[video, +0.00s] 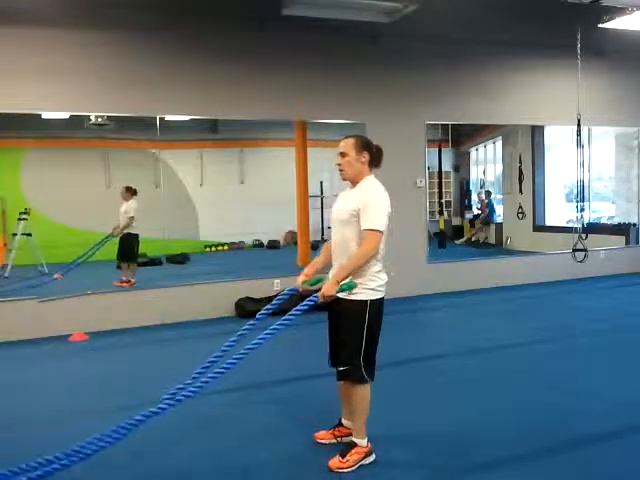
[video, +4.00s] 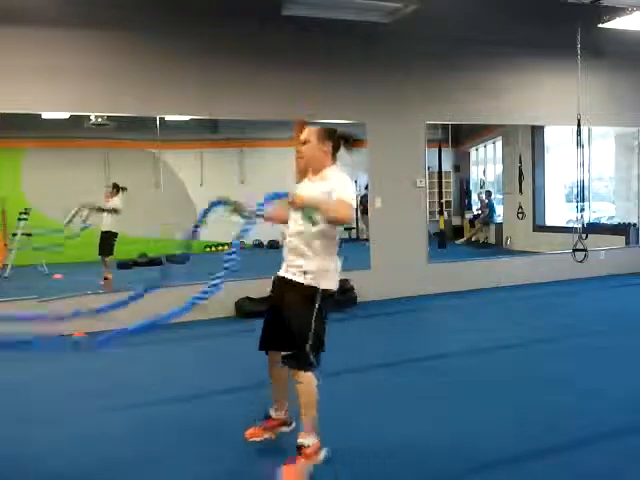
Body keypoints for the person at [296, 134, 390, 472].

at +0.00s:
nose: (338, 161)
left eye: (343, 155)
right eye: (338, 156)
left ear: (364, 159)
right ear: (351, 160)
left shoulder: (373, 193)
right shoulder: (348, 193)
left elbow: (370, 247)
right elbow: (339, 241)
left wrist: (336, 278)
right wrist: (313, 267)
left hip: (364, 295)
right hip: (342, 292)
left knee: (357, 369)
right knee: (343, 366)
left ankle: (361, 443)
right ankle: (349, 426)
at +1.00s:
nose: (335, 173)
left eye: (341, 168)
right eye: (336, 168)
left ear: (361, 174)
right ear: (353, 175)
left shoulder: (376, 202)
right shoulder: (342, 208)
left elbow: (396, 220)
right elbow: (324, 228)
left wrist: (385, 218)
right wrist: (303, 232)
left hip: (379, 302)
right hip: (348, 298)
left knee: (377, 379)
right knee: (322, 358)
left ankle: (406, 457)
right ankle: (325, 413)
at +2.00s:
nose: (305, 180)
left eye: (311, 176)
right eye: (306, 175)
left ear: (331, 184)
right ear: (320, 185)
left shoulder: (345, 214)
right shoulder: (313, 215)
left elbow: (362, 242)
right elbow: (302, 236)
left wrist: (349, 249)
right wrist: (270, 235)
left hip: (342, 312)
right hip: (313, 306)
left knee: (336, 386)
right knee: (287, 372)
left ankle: (366, 464)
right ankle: (288, 417)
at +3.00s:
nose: (321, 155)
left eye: (327, 148)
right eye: (322, 149)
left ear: (347, 154)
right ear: (332, 156)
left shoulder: (357, 188)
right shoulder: (321, 189)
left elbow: (365, 216)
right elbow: (307, 226)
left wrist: (322, 215)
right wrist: (273, 222)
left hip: (339, 289)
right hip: (311, 284)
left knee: (335, 367)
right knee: (298, 355)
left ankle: (350, 443)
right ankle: (296, 403)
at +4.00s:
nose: (299, 148)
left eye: (305, 142)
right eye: (299, 142)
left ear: (327, 148)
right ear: (309, 149)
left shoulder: (339, 182)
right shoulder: (305, 183)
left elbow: (345, 215)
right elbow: (302, 220)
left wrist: (309, 204)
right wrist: (273, 215)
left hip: (314, 281)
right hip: (287, 276)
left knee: (301, 362)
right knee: (274, 351)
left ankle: (309, 439)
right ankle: (279, 416)